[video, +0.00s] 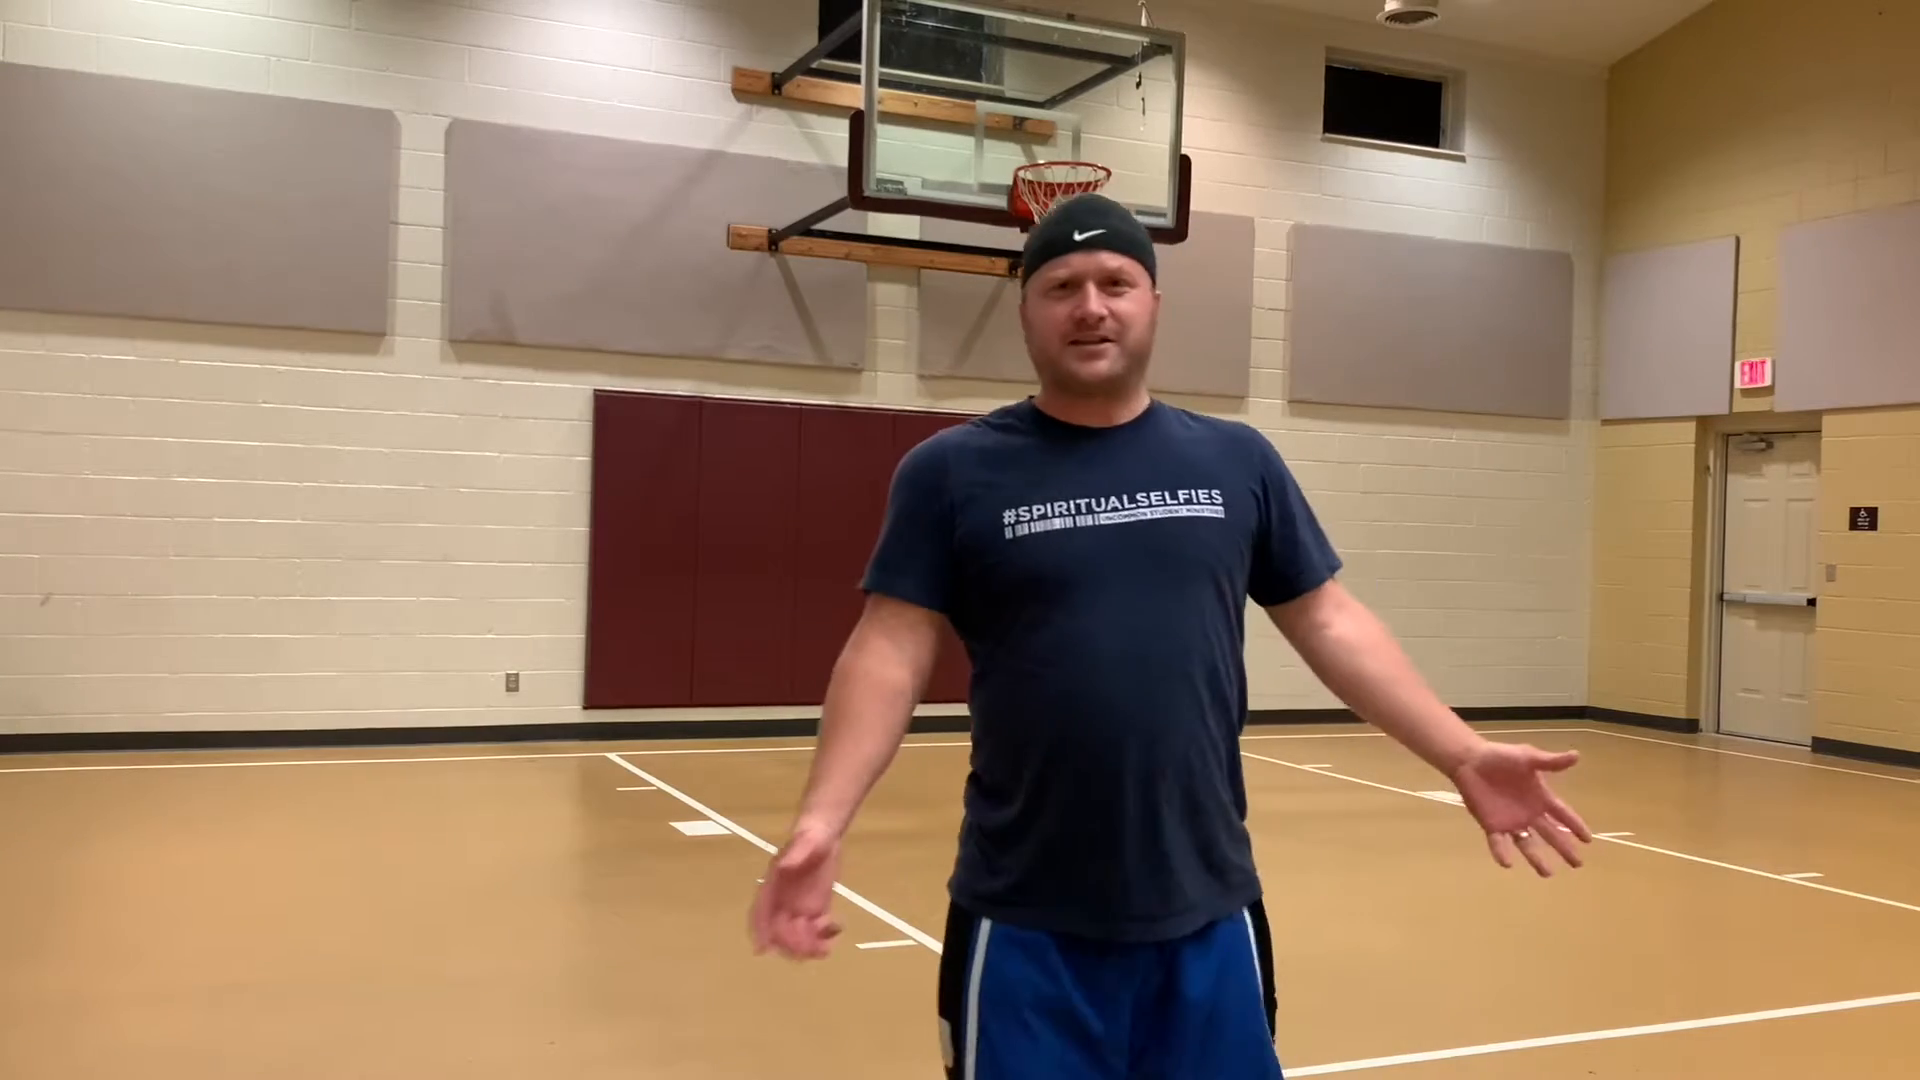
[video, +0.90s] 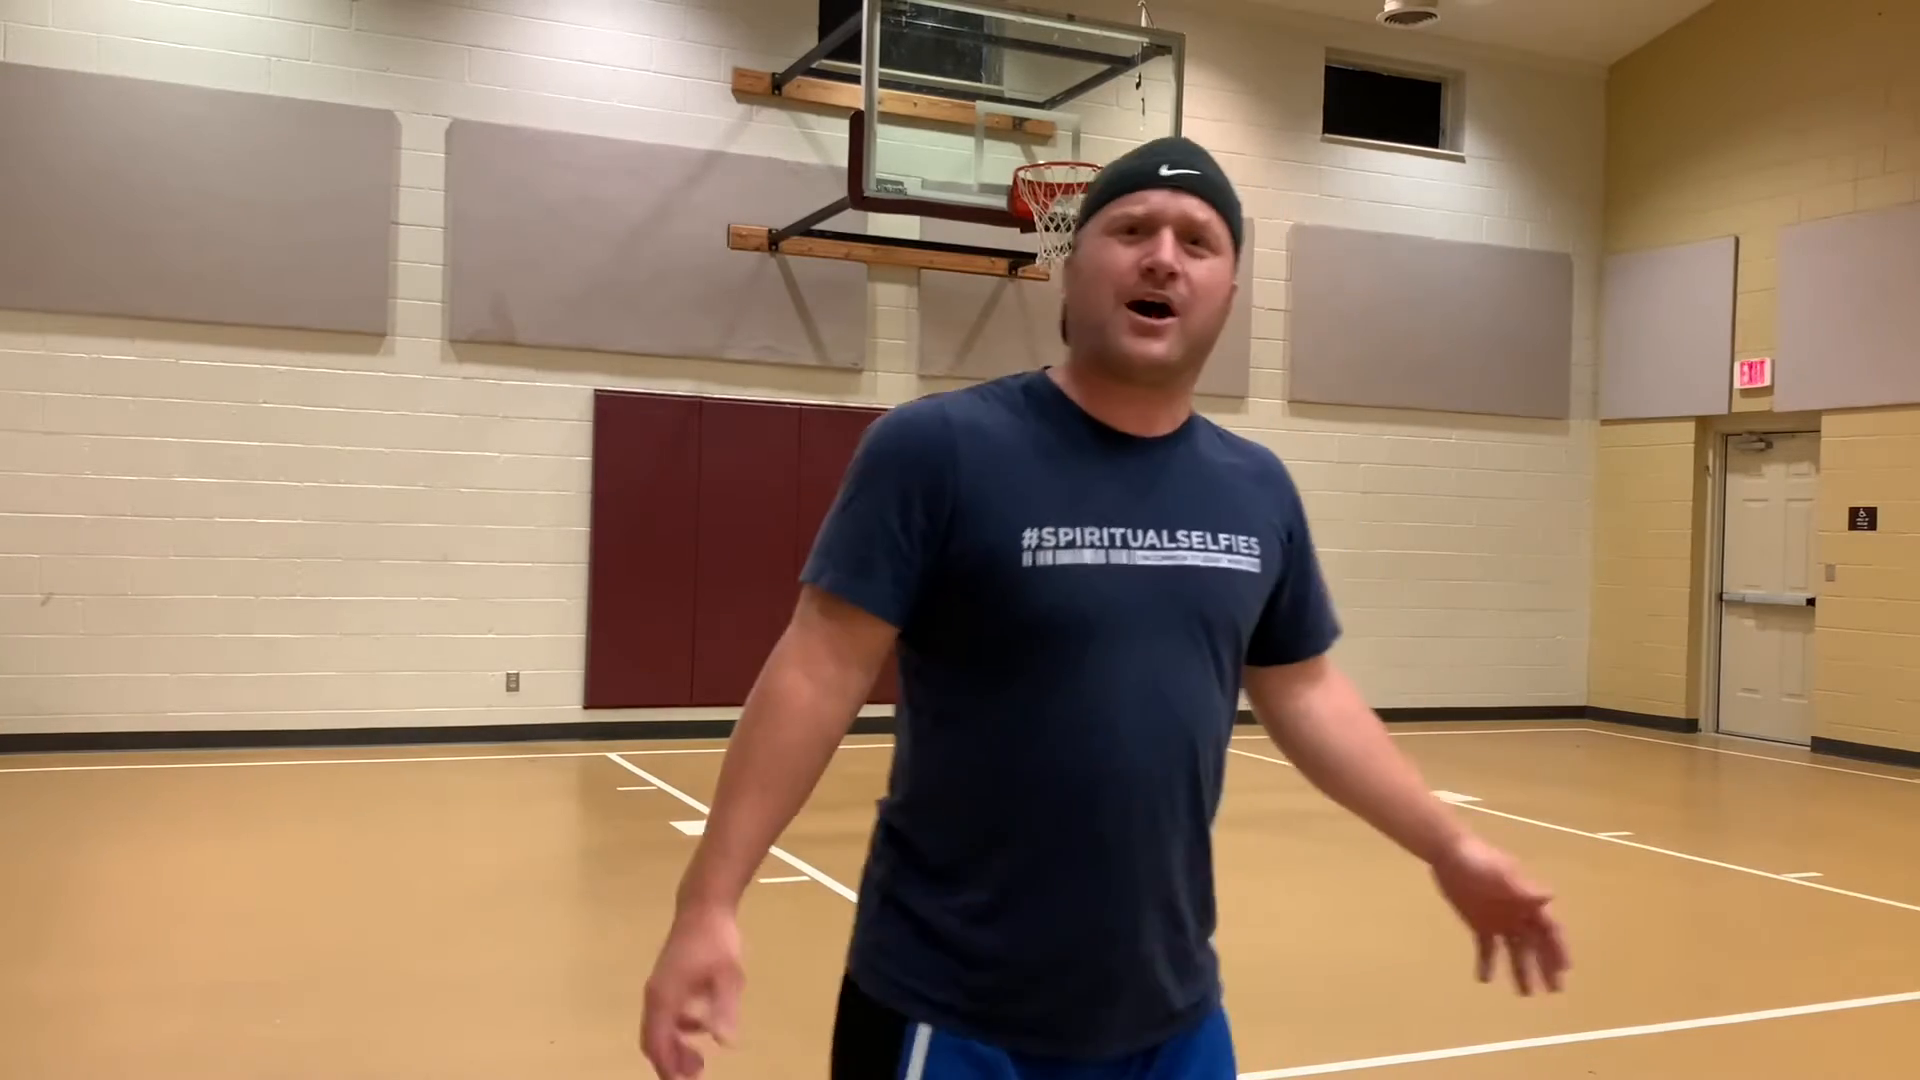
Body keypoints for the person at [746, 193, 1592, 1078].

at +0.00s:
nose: (1093, 305)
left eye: (1117, 283)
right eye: (1063, 286)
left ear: (1155, 305)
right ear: (1024, 315)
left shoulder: (1237, 461)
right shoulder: (953, 472)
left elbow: (1332, 621)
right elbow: (889, 649)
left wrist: (1463, 753)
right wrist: (823, 819)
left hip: (1207, 916)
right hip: (1026, 920)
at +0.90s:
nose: (1164, 260)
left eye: (1197, 242)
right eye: (1132, 232)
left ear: (1233, 293)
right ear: (1068, 270)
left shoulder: (1255, 490)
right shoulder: (936, 450)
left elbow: (1308, 691)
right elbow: (823, 666)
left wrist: (1449, 843)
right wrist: (710, 902)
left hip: (1165, 1011)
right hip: (950, 1012)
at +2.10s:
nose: (1100, 251)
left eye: (1132, 239)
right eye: (1071, 228)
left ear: (1162, 295)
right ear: (1015, 260)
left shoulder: (1172, 476)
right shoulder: (899, 427)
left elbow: (1205, 661)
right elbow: (811, 651)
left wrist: (1313, 820)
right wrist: (986, 586)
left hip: (1091, 958)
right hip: (916, 963)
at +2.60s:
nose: (1028, 249)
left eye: (1058, 228)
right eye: (996, 225)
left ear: (1095, 267)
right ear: (943, 263)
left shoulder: (1124, 446)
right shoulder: (861, 442)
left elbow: (1146, 627)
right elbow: (780, 667)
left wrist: (1203, 791)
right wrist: (958, 774)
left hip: (1085, 953)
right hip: (913, 965)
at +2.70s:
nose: (1017, 245)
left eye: (1046, 223)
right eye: (982, 222)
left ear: (1084, 263)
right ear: (932, 261)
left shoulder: (1117, 444)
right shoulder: (850, 447)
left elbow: (1139, 623)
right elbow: (775, 676)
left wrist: (1214, 788)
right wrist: (958, 774)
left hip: (1081, 963)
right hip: (905, 971)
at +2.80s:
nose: (1009, 234)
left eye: (1038, 216)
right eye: (973, 215)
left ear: (1075, 263)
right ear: (921, 264)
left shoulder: (1108, 442)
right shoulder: (842, 450)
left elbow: (1140, 621)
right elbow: (781, 688)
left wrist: (1229, 780)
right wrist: (969, 737)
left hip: (1074, 960)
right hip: (901, 975)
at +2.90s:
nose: (1002, 236)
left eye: (1030, 215)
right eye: (966, 215)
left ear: (1068, 260)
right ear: (911, 263)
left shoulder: (1101, 440)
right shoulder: (837, 453)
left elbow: (1140, 621)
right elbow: (791, 702)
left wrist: (1239, 767)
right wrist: (977, 682)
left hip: (1073, 958)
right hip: (901, 976)